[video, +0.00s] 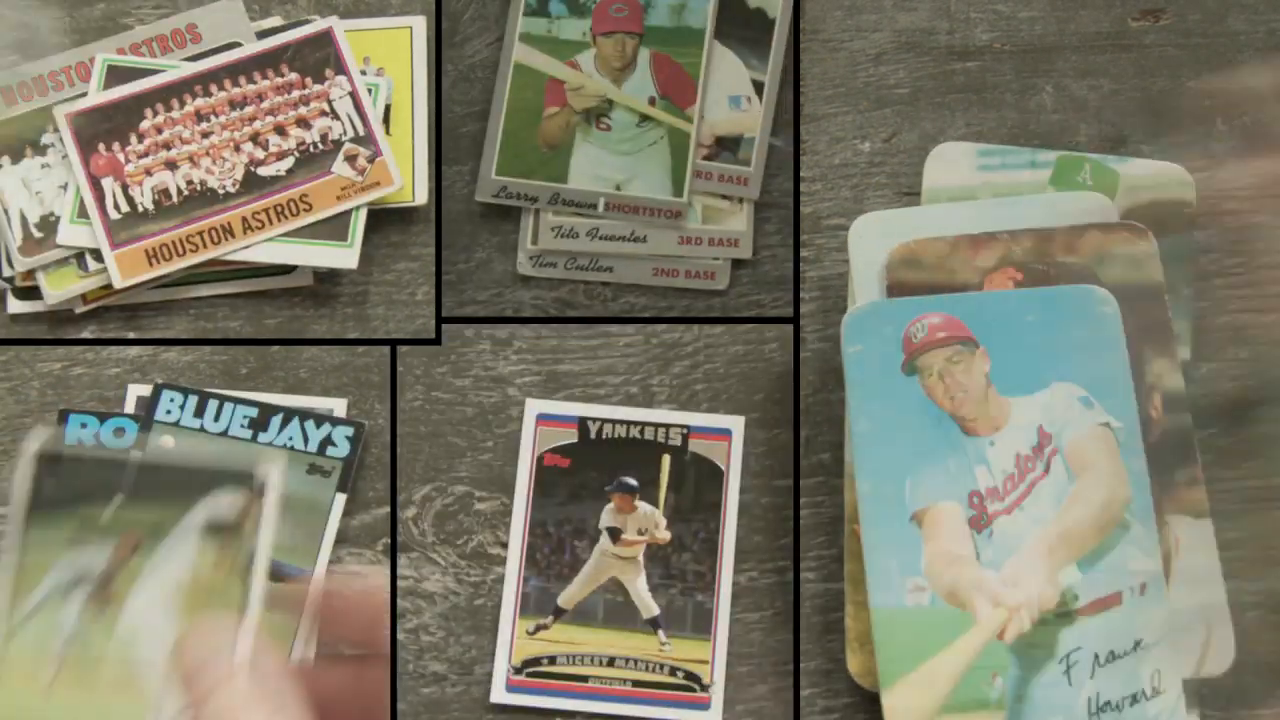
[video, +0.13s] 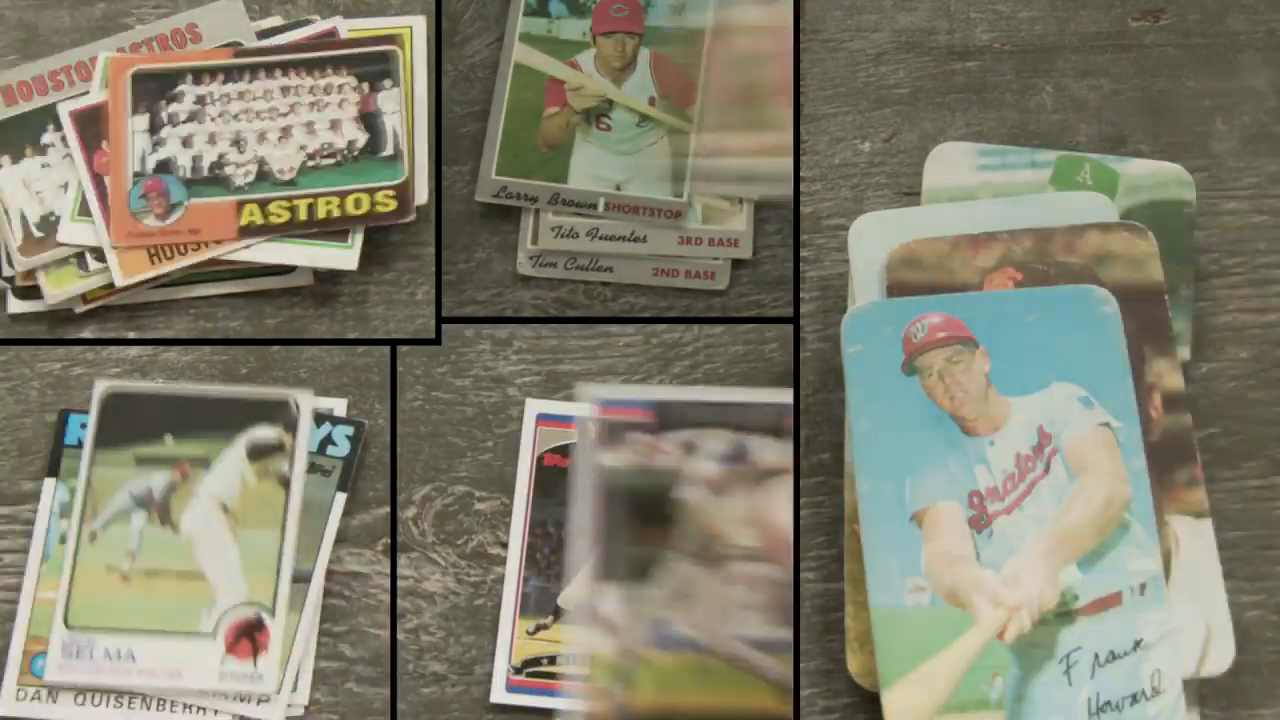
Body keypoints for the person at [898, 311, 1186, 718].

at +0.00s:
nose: (946, 382)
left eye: (954, 363)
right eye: (930, 375)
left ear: (984, 359)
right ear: (925, 390)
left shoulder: (1061, 401)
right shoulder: (939, 465)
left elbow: (1107, 487)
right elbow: (946, 557)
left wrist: (1040, 561)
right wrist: (980, 590)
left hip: (1127, 622)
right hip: (1037, 647)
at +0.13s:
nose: (946, 383)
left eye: (955, 362)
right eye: (930, 375)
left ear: (984, 359)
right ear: (925, 390)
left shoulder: (1061, 402)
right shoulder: (940, 465)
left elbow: (1108, 486)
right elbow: (946, 558)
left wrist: (1041, 562)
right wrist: (982, 591)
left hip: (1129, 620)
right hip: (1038, 644)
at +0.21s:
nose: (946, 383)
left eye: (955, 362)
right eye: (930, 375)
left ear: (983, 360)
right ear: (925, 390)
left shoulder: (1060, 402)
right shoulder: (940, 465)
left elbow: (1107, 486)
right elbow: (946, 557)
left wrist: (1040, 561)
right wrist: (980, 590)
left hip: (1129, 620)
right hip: (1037, 644)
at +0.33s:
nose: (946, 383)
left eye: (954, 362)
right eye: (930, 375)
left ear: (983, 360)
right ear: (925, 390)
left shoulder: (1060, 402)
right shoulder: (942, 468)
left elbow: (1107, 486)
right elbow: (947, 560)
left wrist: (1038, 563)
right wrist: (997, 601)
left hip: (1129, 612)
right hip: (1039, 639)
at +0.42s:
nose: (1036, 347)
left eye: (1045, 325)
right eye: (1014, 330)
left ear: (1061, 332)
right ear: (972, 345)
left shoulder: (1109, 423)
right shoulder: (931, 444)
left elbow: (1163, 548)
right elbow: (924, 590)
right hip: (982, 687)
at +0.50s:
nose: (958, 409)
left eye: (969, 391)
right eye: (938, 393)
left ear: (987, 401)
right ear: (907, 406)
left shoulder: (1024, 474)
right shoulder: (868, 482)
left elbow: (1068, 592)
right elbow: (862, 599)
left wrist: (1026, 627)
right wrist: (969, 606)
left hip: (1008, 687)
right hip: (913, 690)